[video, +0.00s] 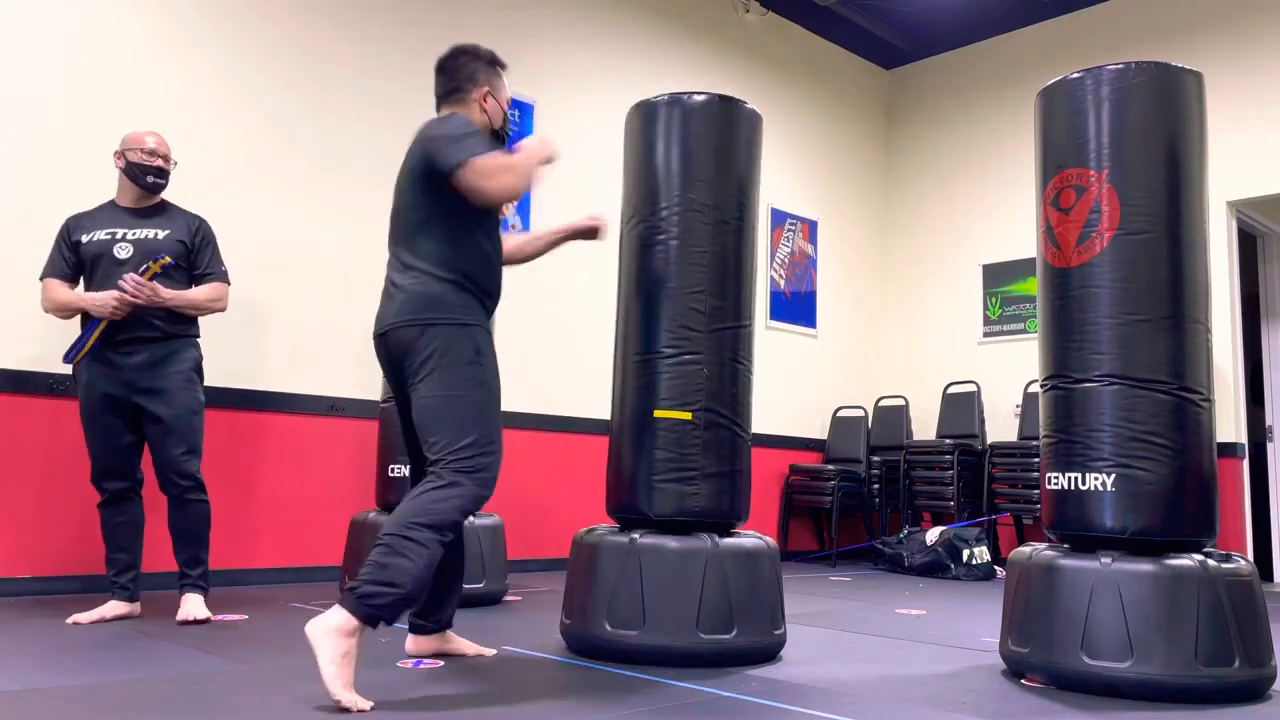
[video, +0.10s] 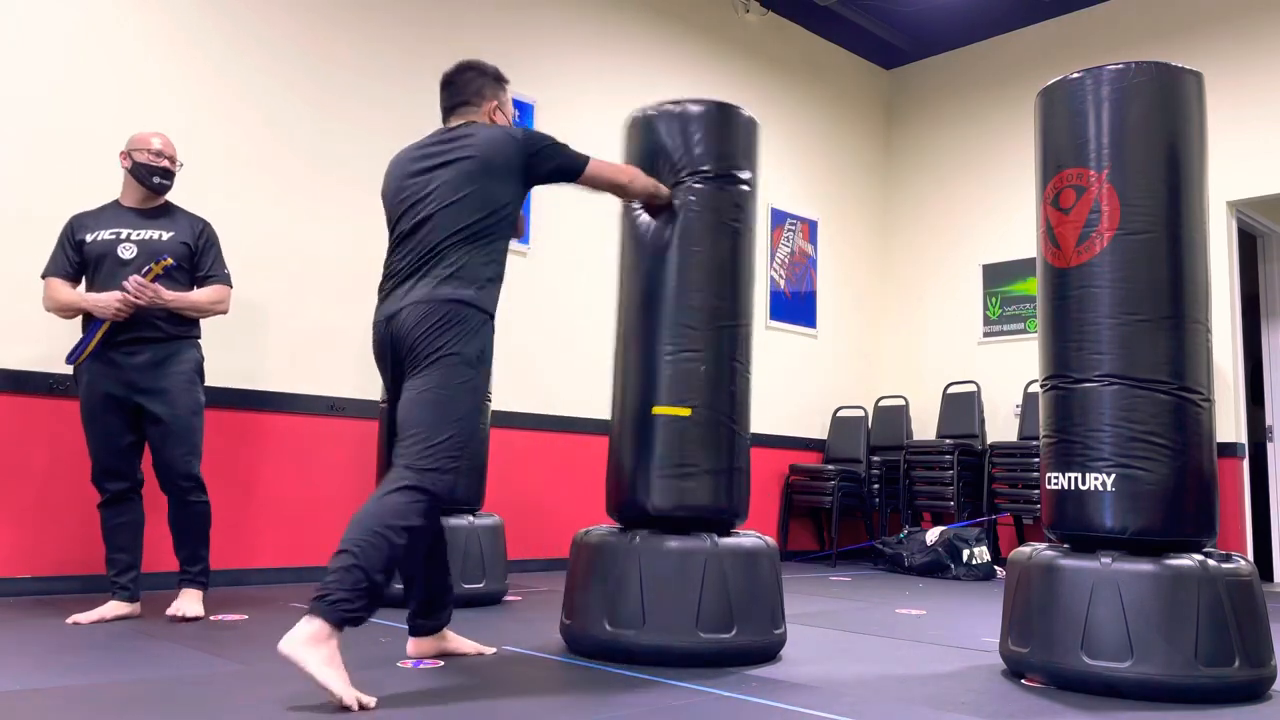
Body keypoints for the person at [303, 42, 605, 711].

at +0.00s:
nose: (508, 108)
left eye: (507, 100)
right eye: (505, 98)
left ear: (450, 95)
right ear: (487, 95)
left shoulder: (445, 151)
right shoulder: (455, 130)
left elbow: (493, 251)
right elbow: (490, 185)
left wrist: (567, 230)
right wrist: (535, 152)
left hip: (414, 321)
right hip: (443, 319)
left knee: (441, 474)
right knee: (467, 470)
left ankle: (429, 629)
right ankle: (347, 620)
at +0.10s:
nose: (512, 117)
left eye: (509, 109)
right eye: (511, 108)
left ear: (448, 108)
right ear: (499, 106)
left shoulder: (403, 161)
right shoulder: (512, 142)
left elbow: (426, 232)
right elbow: (625, 179)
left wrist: (497, 225)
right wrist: (662, 195)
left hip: (391, 319)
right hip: (450, 315)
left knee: (420, 477)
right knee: (419, 479)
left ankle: (429, 629)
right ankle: (319, 627)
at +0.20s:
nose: (512, 119)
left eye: (511, 111)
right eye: (512, 110)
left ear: (447, 108)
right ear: (500, 107)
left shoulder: (399, 163)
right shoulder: (506, 139)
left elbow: (400, 249)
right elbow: (615, 180)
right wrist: (644, 195)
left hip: (389, 319)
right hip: (446, 315)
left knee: (418, 476)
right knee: (410, 475)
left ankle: (428, 630)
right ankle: (310, 637)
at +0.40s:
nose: (496, 106)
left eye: (493, 96)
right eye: (494, 95)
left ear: (434, 93)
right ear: (478, 90)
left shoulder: (398, 154)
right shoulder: (473, 138)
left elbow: (408, 247)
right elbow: (518, 239)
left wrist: (493, 171)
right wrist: (538, 179)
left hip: (392, 311)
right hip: (435, 314)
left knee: (431, 485)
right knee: (393, 491)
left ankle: (430, 628)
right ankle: (318, 662)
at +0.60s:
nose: (490, 83)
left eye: (487, 72)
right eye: (487, 71)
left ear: (428, 74)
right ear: (467, 70)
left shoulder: (412, 130)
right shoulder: (451, 125)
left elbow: (459, 220)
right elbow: (495, 223)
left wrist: (494, 176)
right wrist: (523, 178)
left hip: (428, 322)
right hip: (422, 320)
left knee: (455, 480)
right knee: (376, 488)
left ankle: (434, 637)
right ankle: (315, 661)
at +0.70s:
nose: (494, 83)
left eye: (491, 72)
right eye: (490, 71)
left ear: (437, 73)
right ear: (470, 70)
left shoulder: (427, 129)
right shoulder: (448, 128)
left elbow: (462, 224)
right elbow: (485, 228)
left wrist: (496, 187)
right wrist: (525, 184)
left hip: (437, 327)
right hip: (422, 323)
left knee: (481, 470)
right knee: (376, 487)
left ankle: (441, 626)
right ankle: (315, 662)